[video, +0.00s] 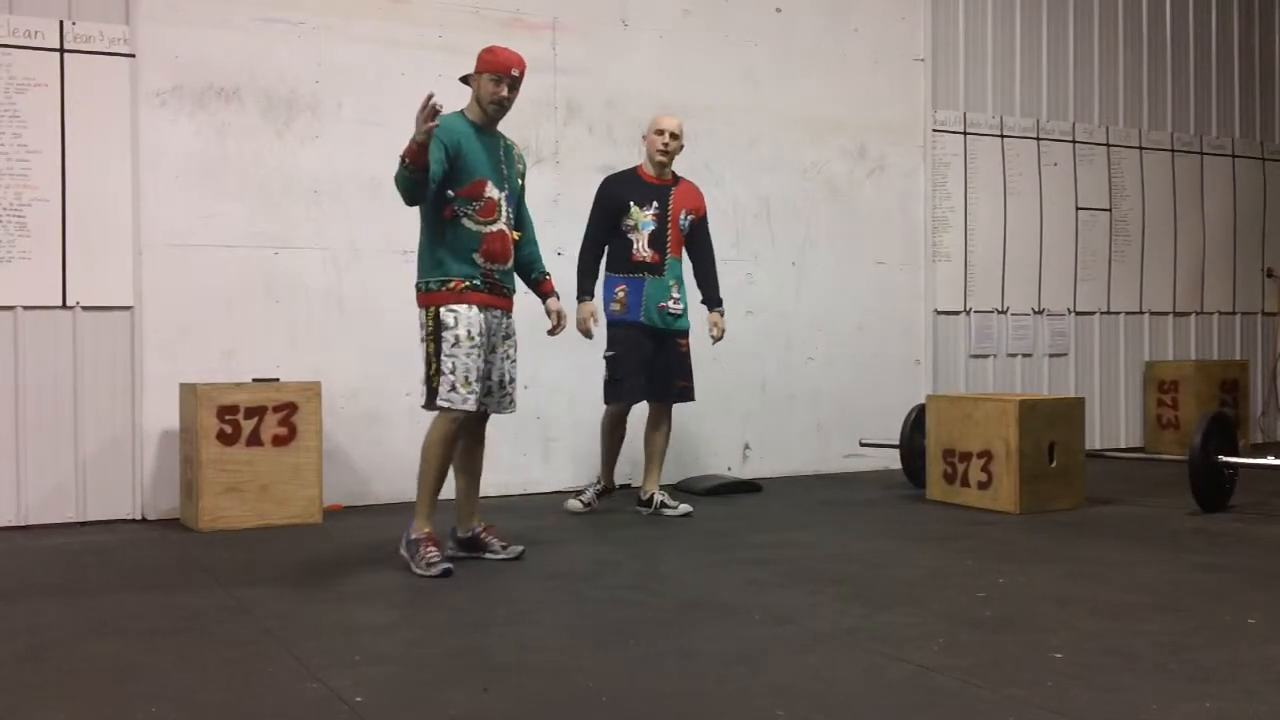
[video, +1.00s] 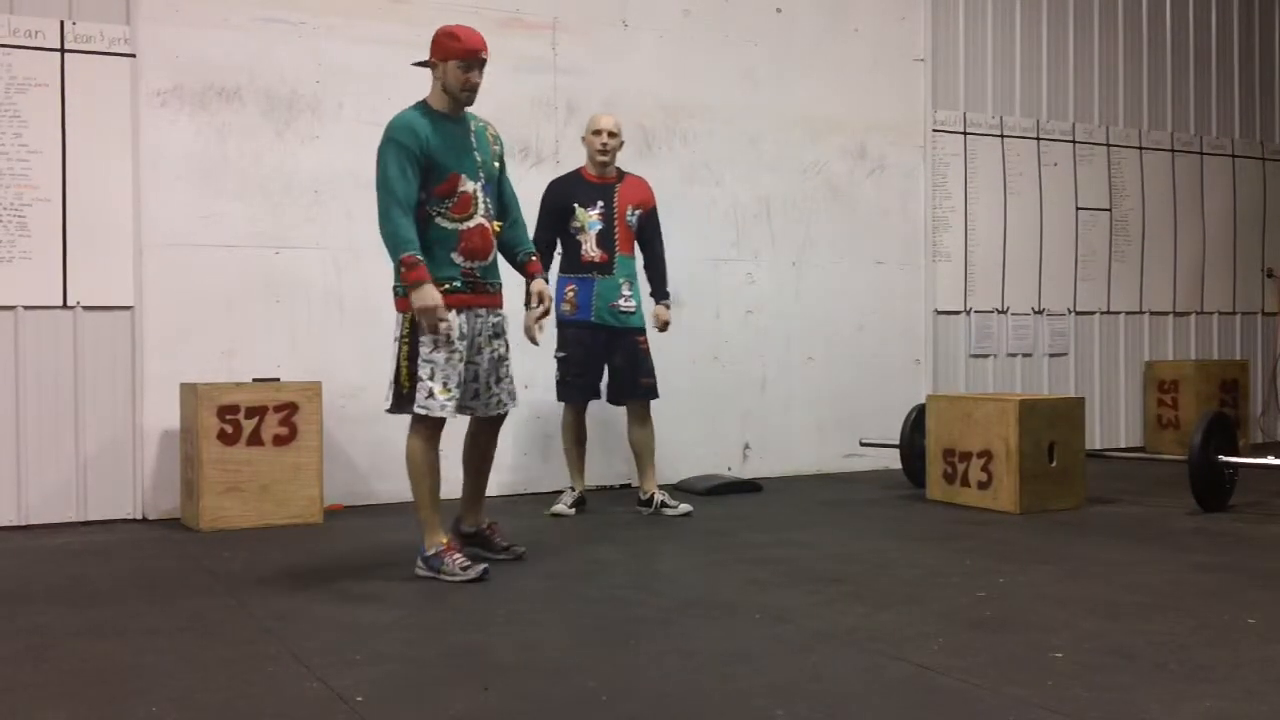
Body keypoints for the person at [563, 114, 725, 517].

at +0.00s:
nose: (666, 142)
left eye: (674, 137)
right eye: (660, 134)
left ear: (682, 146)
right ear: (646, 139)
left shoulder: (690, 196)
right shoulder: (615, 187)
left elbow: (702, 255)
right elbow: (592, 246)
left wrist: (714, 306)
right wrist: (585, 299)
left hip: (671, 315)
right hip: (626, 312)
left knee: (662, 403)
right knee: (619, 403)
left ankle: (650, 491)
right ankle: (605, 482)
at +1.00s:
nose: (605, 140)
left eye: (612, 134)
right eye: (597, 134)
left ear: (621, 142)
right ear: (585, 140)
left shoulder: (638, 189)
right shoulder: (561, 190)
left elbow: (652, 248)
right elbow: (542, 250)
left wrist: (661, 299)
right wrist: (534, 302)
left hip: (627, 318)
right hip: (577, 318)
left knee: (639, 404)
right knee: (574, 405)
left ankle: (649, 491)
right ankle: (575, 490)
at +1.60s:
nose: (580, 141)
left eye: (586, 134)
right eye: (573, 134)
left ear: (595, 141)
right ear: (558, 142)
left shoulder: (615, 186)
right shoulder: (538, 192)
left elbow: (632, 247)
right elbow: (524, 258)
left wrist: (643, 297)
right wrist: (519, 310)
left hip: (613, 314)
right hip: (562, 318)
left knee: (638, 398)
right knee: (566, 404)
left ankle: (655, 487)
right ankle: (574, 489)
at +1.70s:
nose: (582, 141)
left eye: (589, 134)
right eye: (574, 135)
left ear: (598, 141)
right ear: (561, 142)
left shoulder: (617, 186)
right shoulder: (541, 193)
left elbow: (634, 247)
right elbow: (526, 257)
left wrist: (646, 298)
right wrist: (522, 308)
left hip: (616, 314)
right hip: (565, 318)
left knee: (639, 397)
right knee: (568, 403)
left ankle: (653, 486)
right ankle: (574, 489)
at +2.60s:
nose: (662, 146)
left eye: (668, 139)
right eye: (655, 138)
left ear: (675, 144)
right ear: (638, 140)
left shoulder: (682, 191)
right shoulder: (609, 186)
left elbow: (695, 251)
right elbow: (588, 245)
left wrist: (709, 304)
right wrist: (586, 295)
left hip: (661, 318)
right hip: (615, 314)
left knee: (654, 405)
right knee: (605, 401)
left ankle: (647, 489)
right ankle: (591, 484)